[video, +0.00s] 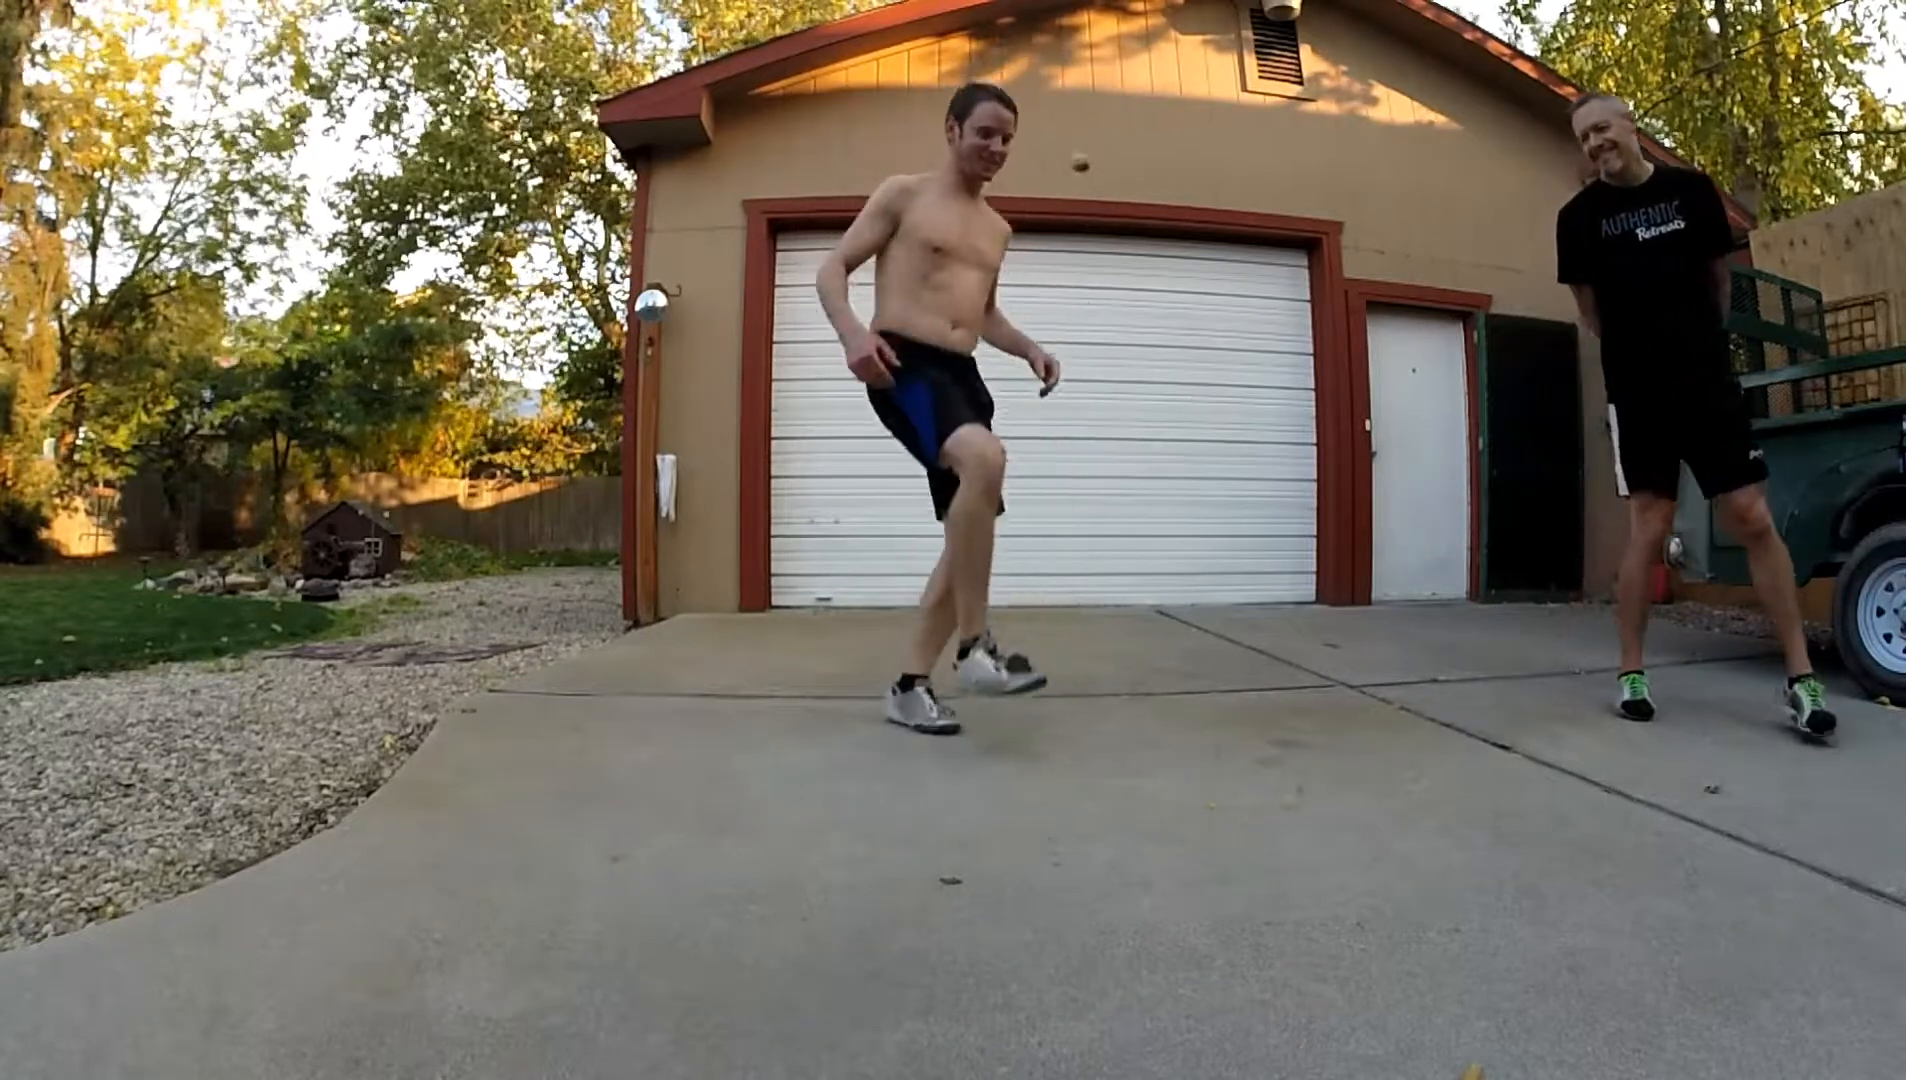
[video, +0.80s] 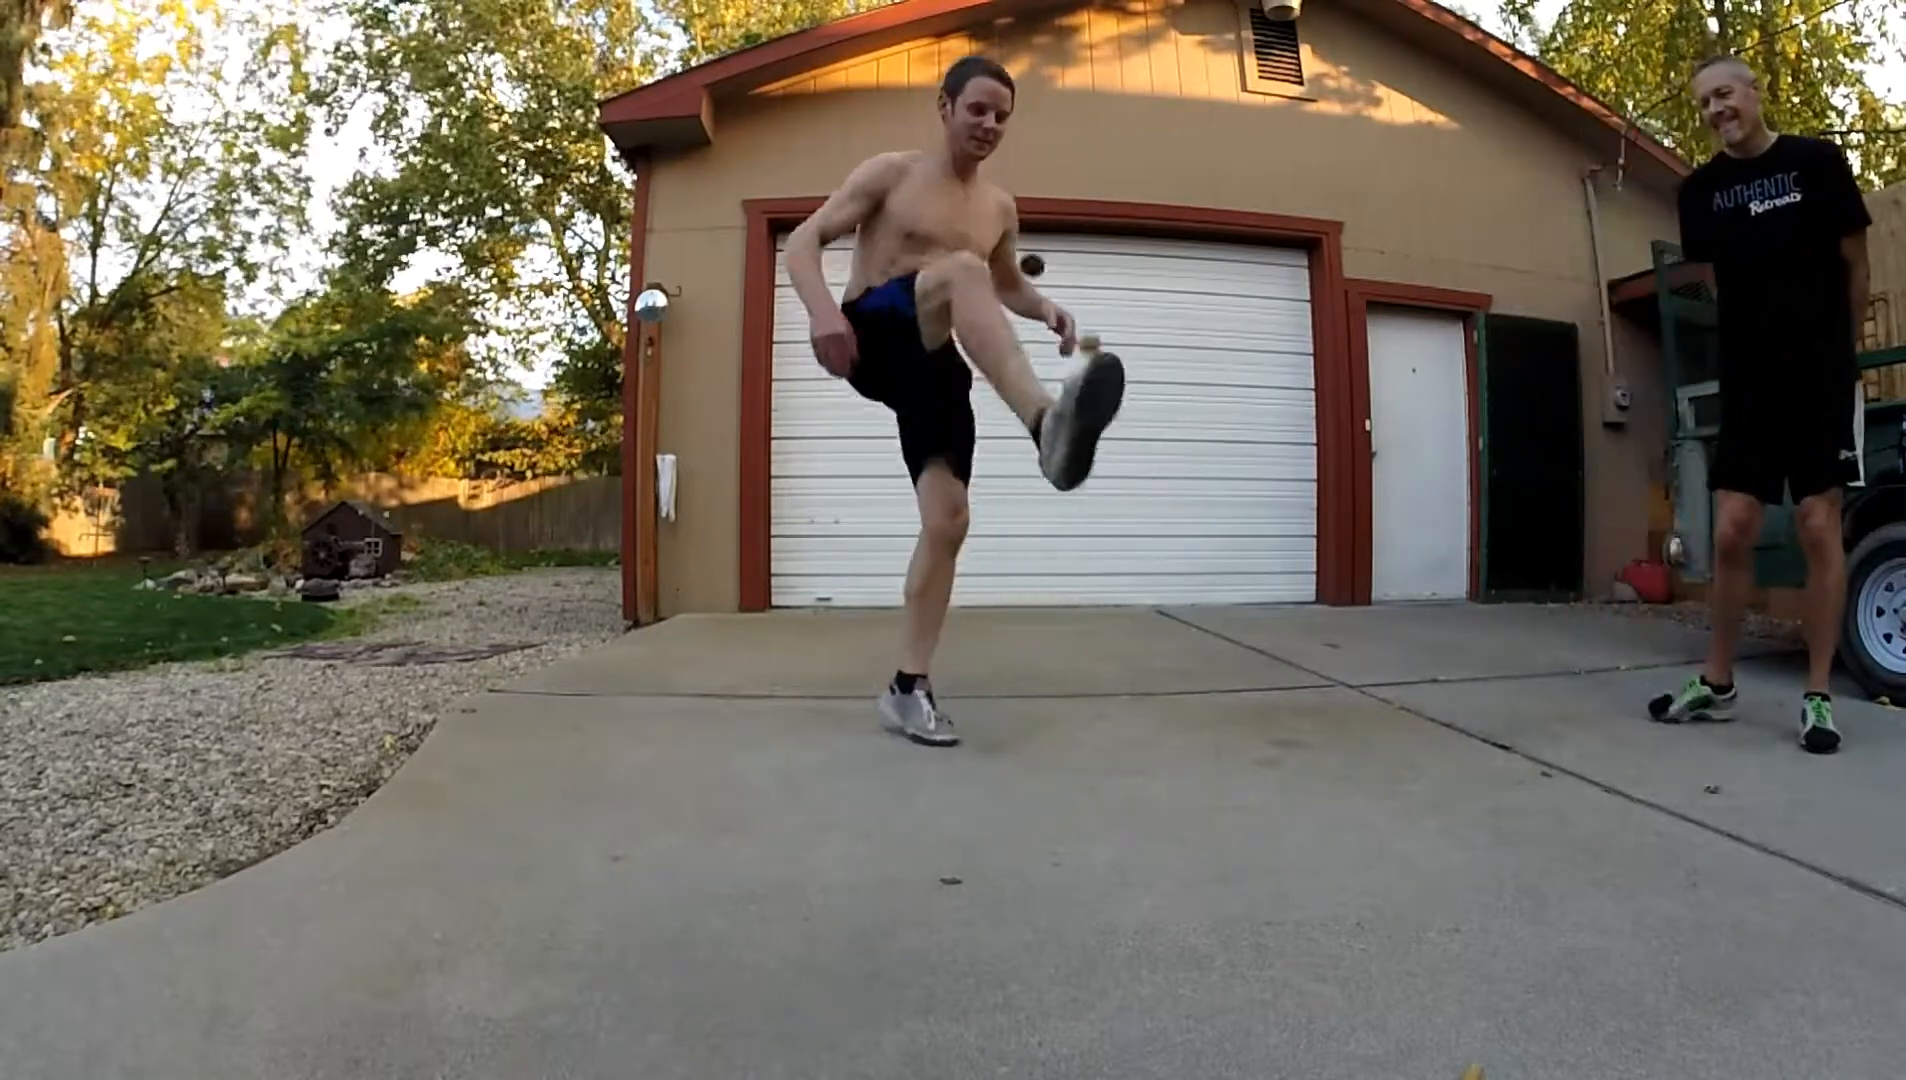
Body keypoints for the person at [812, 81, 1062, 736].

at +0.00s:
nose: (998, 147)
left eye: (1007, 138)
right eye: (987, 133)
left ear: (1012, 144)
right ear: (954, 132)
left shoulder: (997, 229)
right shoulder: (904, 193)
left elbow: (984, 314)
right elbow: (831, 272)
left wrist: (1031, 350)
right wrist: (854, 335)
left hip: (961, 373)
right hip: (901, 360)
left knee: (977, 522)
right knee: (985, 458)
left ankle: (912, 685)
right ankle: (974, 645)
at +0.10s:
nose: (987, 164)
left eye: (997, 156)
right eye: (977, 150)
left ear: (1004, 164)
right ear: (944, 149)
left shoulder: (993, 249)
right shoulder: (895, 213)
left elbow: (994, 333)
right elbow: (827, 294)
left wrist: (1045, 362)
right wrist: (837, 369)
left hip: (960, 383)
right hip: (897, 375)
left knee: (977, 544)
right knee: (991, 458)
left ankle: (911, 686)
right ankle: (1026, 649)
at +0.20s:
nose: (992, 155)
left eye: (1002, 145)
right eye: (981, 140)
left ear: (1009, 152)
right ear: (949, 137)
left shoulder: (1001, 235)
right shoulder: (896, 200)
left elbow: (1012, 313)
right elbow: (816, 273)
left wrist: (1054, 337)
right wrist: (832, 342)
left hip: (945, 373)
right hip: (884, 357)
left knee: (960, 533)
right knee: (994, 362)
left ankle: (909, 686)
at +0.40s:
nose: (995, 111)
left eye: (1005, 102)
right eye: (984, 97)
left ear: (1012, 112)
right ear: (952, 98)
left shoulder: (1000, 191)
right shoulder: (903, 156)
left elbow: (991, 268)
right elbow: (820, 226)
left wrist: (1029, 299)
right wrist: (847, 278)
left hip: (947, 348)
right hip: (882, 325)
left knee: (952, 511)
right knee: (980, 327)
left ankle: (925, 672)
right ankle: (978, 521)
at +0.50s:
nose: (987, 123)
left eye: (997, 115)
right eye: (975, 110)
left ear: (1002, 124)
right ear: (942, 111)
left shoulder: (992, 207)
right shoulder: (896, 173)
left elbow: (980, 291)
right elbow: (820, 251)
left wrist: (1024, 326)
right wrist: (840, 309)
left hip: (952, 358)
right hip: (891, 343)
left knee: (957, 527)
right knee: (964, 432)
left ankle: (908, 687)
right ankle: (958, 631)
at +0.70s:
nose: (982, 148)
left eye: (993, 139)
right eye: (971, 133)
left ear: (999, 149)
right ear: (939, 132)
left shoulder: (992, 234)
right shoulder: (884, 198)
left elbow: (1003, 317)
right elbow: (808, 276)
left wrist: (1054, 343)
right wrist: (824, 355)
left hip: (939, 370)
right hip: (874, 356)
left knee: (965, 539)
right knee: (973, 388)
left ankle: (905, 694)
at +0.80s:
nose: (989, 125)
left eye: (1001, 116)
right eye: (978, 109)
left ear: (1009, 125)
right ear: (945, 107)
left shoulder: (998, 207)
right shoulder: (890, 172)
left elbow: (1008, 283)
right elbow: (801, 245)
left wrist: (1044, 307)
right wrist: (824, 316)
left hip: (938, 369)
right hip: (873, 347)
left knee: (947, 520)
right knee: (960, 271)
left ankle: (909, 687)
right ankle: (1045, 426)